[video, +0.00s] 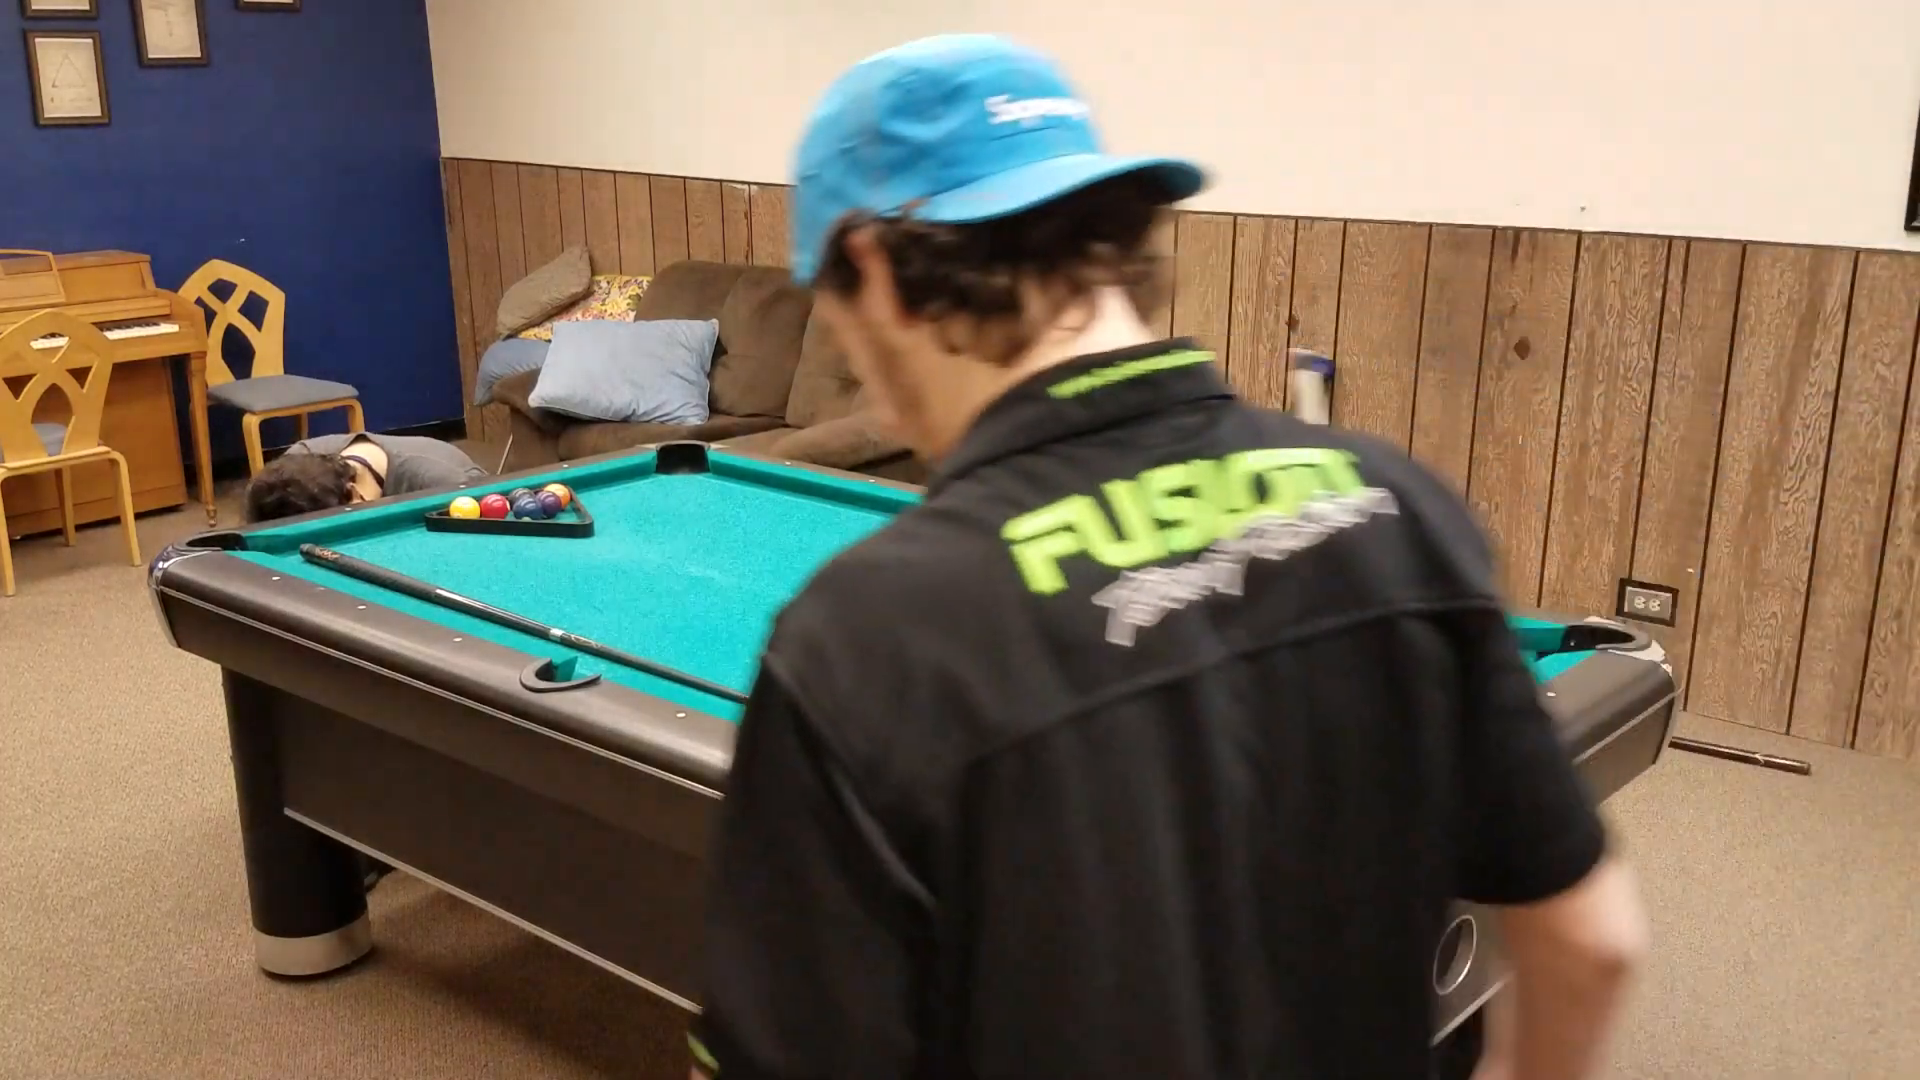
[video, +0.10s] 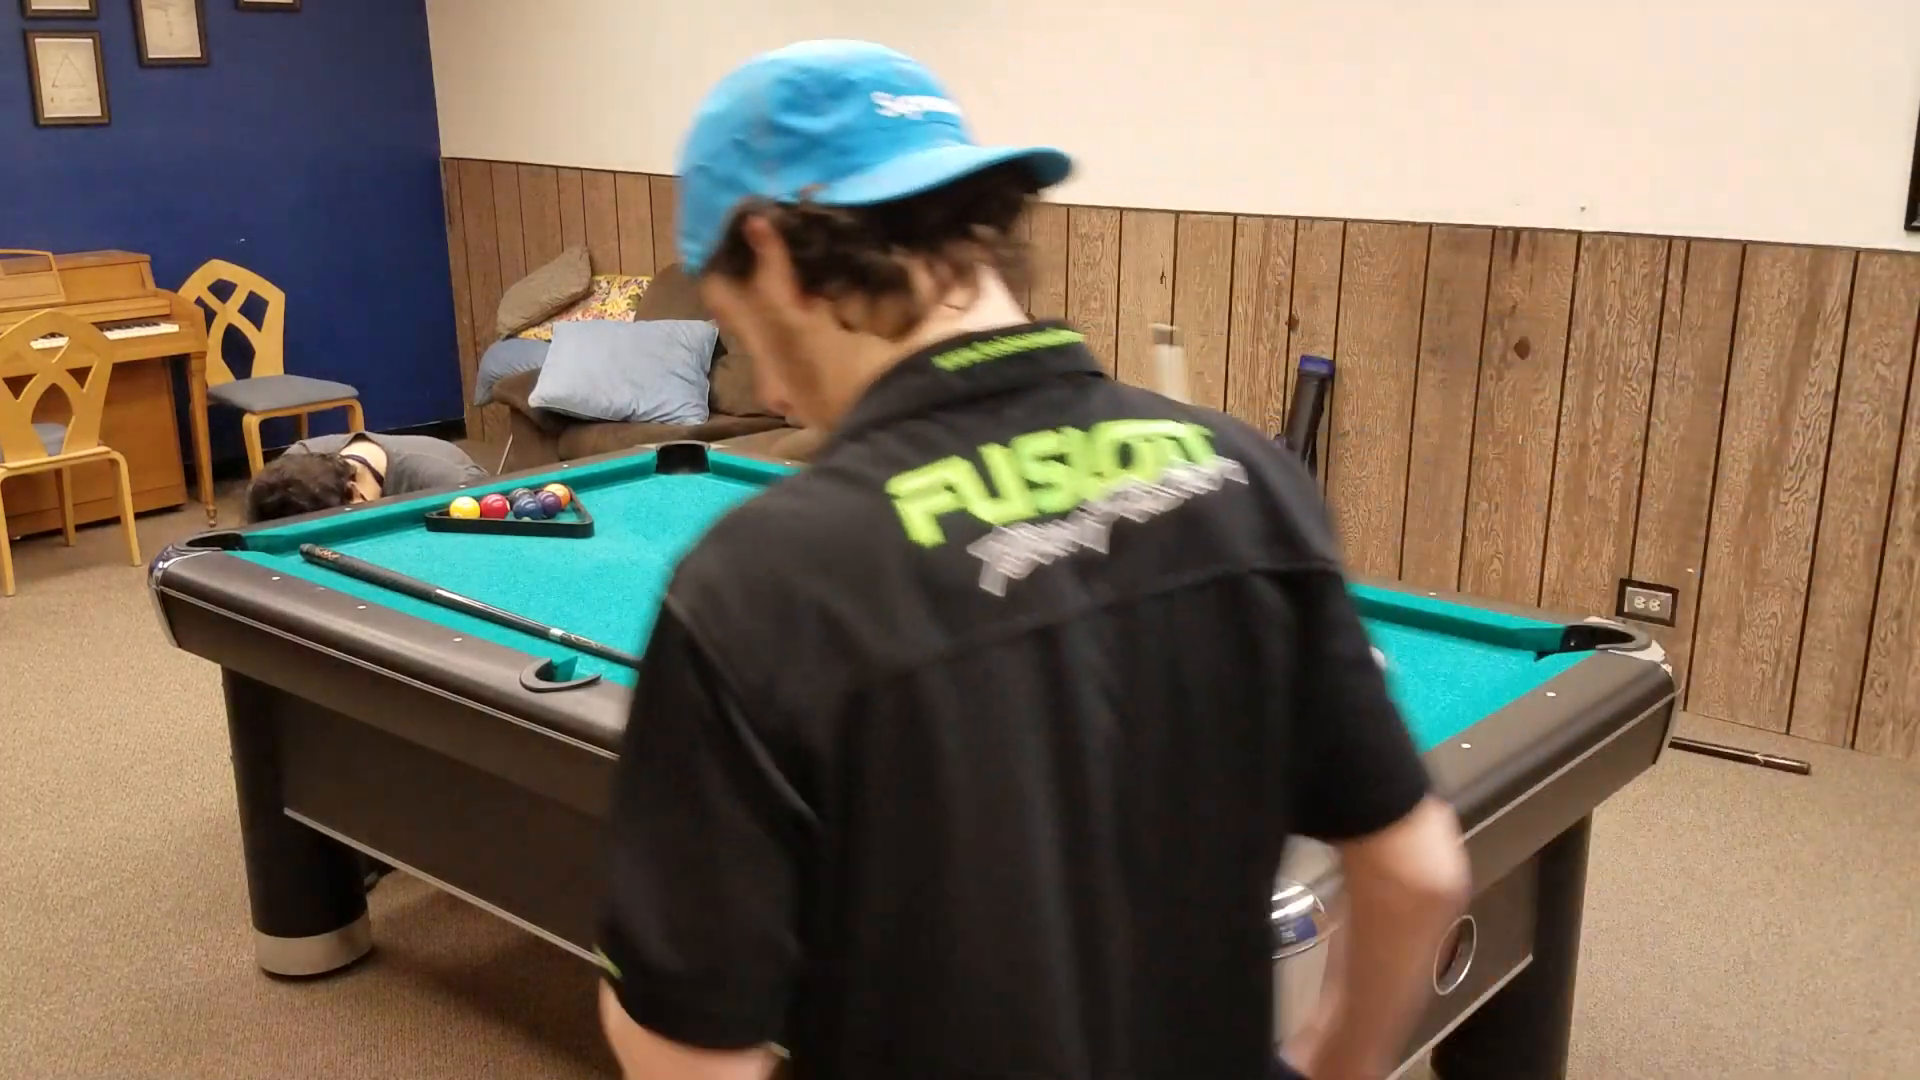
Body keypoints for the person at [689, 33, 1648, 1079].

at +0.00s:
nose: (865, 397)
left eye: (837, 332)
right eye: (836, 341)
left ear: (873, 276)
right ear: (1119, 239)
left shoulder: (864, 650)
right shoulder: (1394, 505)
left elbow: (795, 1047)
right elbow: (1588, 941)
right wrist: (1522, 1062)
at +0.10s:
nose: (762, 387)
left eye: (734, 328)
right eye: (731, 339)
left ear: (767, 256)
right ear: (977, 220)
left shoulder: (763, 586)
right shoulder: (1239, 473)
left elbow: (685, 1051)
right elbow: (1418, 875)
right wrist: (1337, 1063)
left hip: (918, 1055)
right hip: (1212, 1055)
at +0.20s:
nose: (657, 340)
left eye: (624, 282)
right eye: (621, 291)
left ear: (669, 214)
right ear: (849, 187)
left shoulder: (659, 534)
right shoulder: (1108, 430)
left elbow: (599, 1018)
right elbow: (1260, 783)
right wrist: (1185, 974)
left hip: (784, 1058)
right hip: (1092, 1052)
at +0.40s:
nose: (417, 292)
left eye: (393, 239)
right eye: (389, 247)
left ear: (445, 174)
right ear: (605, 128)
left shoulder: (453, 475)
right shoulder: (869, 356)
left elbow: (422, 925)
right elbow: (1005, 672)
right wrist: (873, 838)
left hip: (606, 1053)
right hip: (913, 1037)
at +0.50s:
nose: (291, 307)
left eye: (265, 257)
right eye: (260, 267)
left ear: (320, 191)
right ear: (474, 146)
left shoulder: (316, 504)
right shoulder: (739, 361)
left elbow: (298, 929)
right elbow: (877, 669)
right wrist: (754, 818)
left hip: (513, 1050)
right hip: (830, 1030)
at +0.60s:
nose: (146, 317)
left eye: (122, 274)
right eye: (117, 281)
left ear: (176, 223)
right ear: (346, 182)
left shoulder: (180, 530)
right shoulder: (594, 377)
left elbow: (159, 932)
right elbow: (756, 671)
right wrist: (653, 818)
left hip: (402, 1053)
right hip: (705, 1023)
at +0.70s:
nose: (5, 272)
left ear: (28, 222)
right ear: (208, 171)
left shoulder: (50, 500)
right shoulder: (464, 362)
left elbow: (32, 910)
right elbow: (623, 658)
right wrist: (559, 853)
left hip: (258, 1046)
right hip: (552, 1017)